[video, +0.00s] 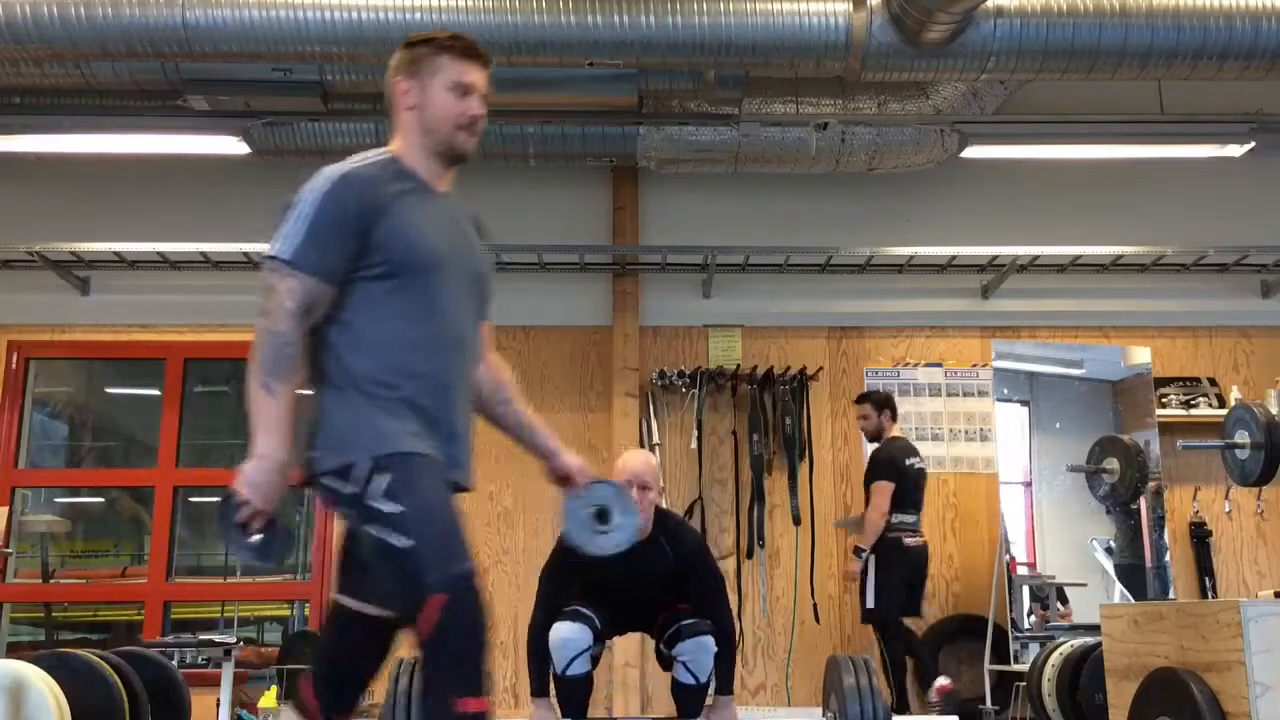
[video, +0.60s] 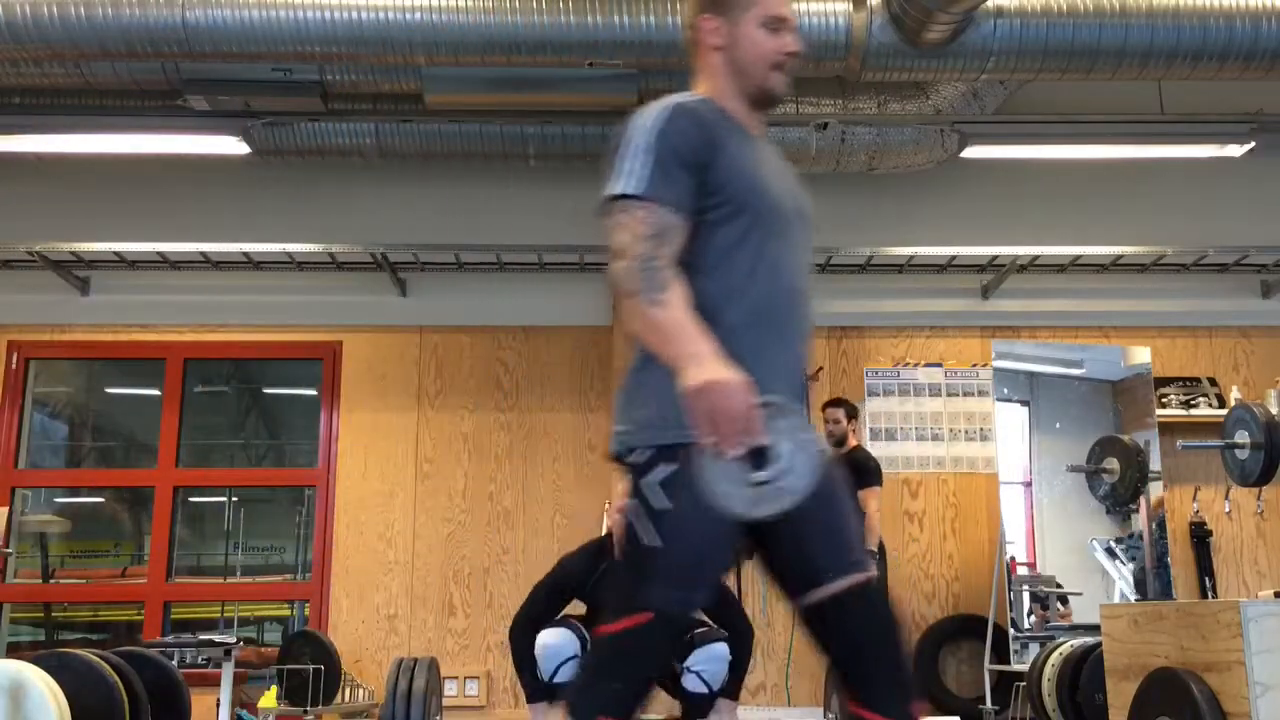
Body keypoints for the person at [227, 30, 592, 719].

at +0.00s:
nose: (478, 109)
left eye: (483, 97)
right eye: (461, 92)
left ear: (483, 108)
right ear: (406, 93)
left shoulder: (463, 226)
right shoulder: (348, 189)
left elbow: (478, 362)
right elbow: (280, 319)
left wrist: (552, 452)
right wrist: (270, 452)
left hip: (428, 455)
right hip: (370, 447)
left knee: (349, 656)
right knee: (457, 621)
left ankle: (306, 717)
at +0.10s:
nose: (526, 89)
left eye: (530, 75)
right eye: (508, 72)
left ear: (528, 85)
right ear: (451, 76)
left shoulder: (508, 201)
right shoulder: (399, 175)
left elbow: (521, 340)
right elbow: (336, 315)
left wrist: (596, 451)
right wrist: (322, 453)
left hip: (490, 443)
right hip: (430, 435)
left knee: (453, 635)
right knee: (514, 604)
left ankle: (379, 710)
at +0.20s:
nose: (573, 67)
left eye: (578, 55)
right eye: (554, 49)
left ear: (579, 68)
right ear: (496, 52)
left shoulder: (550, 180)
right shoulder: (454, 148)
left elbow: (568, 332)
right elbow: (397, 294)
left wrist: (626, 433)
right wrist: (390, 436)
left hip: (550, 436)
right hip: (484, 428)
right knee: (543, 628)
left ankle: (454, 699)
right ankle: (450, 703)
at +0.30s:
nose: (623, 48)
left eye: (624, 33)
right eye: (605, 29)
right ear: (546, 35)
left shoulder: (602, 162)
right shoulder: (499, 128)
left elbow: (608, 314)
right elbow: (450, 277)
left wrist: (651, 422)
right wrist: (457, 411)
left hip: (612, 426)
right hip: (536, 420)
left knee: (647, 615)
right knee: (551, 617)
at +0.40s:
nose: (675, 41)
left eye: (677, 25)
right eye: (655, 21)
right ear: (596, 27)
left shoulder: (652, 157)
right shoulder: (546, 120)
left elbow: (635, 299)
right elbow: (508, 265)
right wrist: (535, 386)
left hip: (658, 436)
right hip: (578, 430)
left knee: (718, 638)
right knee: (552, 654)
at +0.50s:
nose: (729, 45)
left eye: (732, 29)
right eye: (709, 25)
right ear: (650, 31)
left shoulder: (709, 160)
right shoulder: (604, 122)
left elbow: (688, 298)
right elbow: (574, 267)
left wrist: (714, 414)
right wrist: (618, 373)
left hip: (710, 443)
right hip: (619, 437)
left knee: (788, 647)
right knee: (577, 652)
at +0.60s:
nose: (794, 47)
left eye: (795, 31)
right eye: (773, 26)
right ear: (713, 32)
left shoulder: (768, 160)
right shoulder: (674, 122)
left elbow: (743, 309)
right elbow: (640, 266)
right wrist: (702, 364)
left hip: (785, 438)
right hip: (691, 441)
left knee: (873, 653)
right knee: (624, 670)